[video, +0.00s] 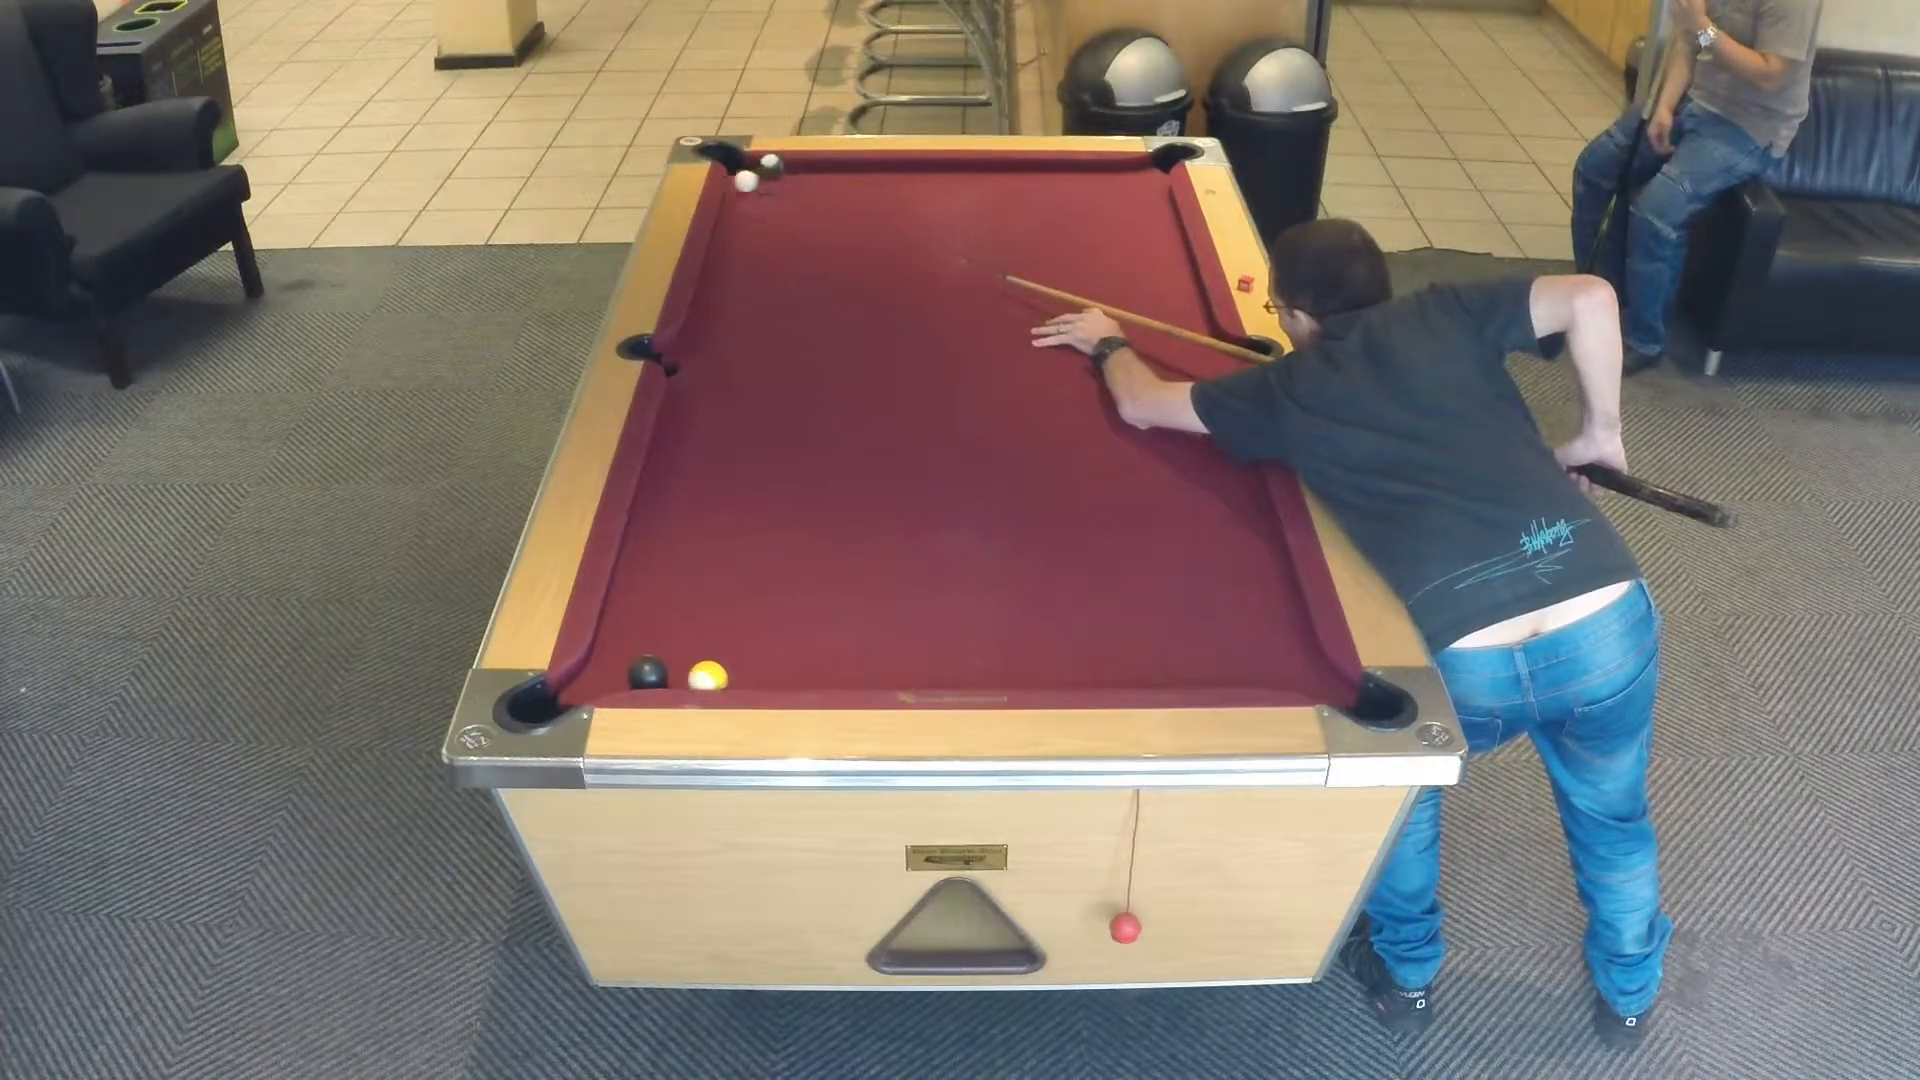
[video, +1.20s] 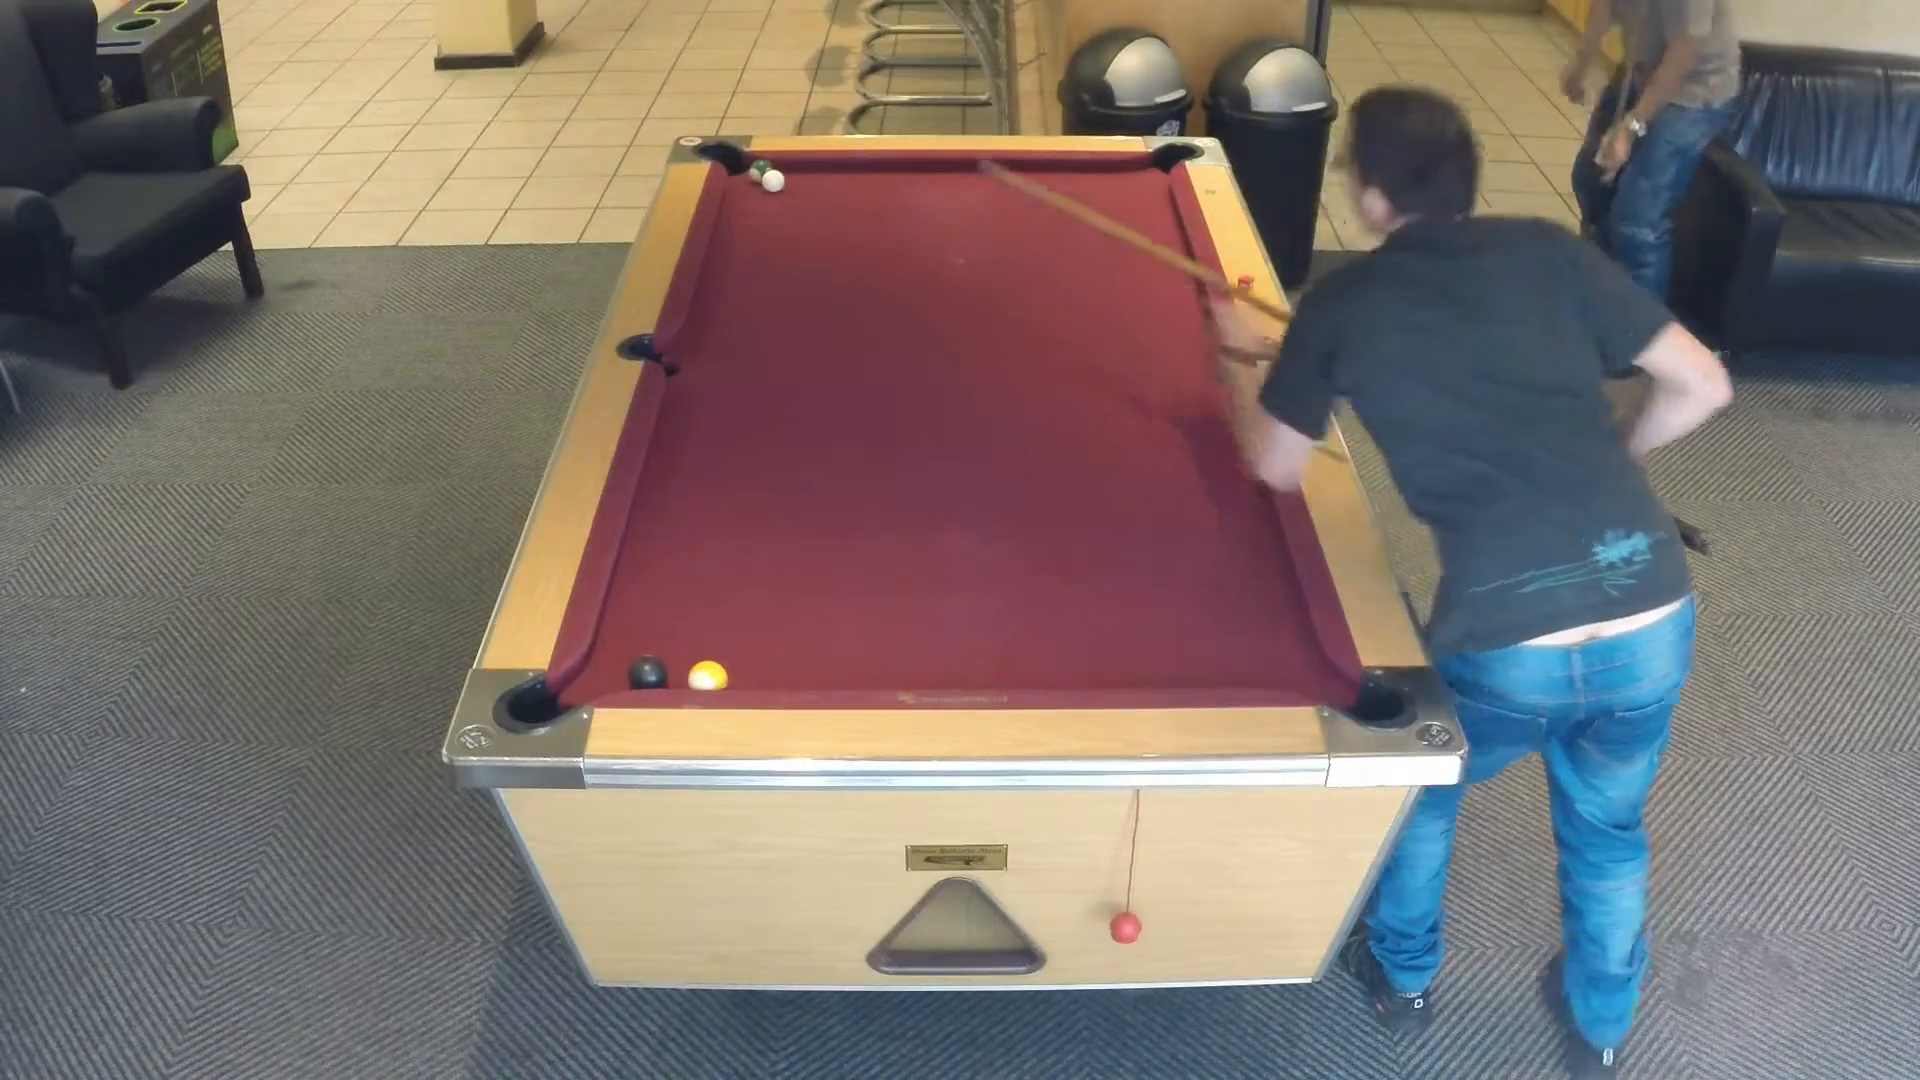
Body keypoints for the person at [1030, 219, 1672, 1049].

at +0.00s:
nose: (1279, 315)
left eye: (1282, 303)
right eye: (1279, 303)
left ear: (1298, 317)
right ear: (1385, 290)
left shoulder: (1286, 390)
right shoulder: (1450, 313)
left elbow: (1141, 399)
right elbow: (1588, 296)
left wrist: (1105, 341)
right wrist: (1602, 428)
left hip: (1469, 661)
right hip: (1606, 623)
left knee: (1394, 762)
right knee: (1615, 819)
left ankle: (1408, 966)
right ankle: (1630, 990)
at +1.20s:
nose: (1341, 189)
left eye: (1346, 175)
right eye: (1346, 171)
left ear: (1370, 194)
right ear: (1463, 180)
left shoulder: (1343, 300)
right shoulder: (1550, 251)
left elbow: (1277, 466)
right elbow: (1702, 385)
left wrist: (1247, 378)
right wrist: (1604, 446)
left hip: (1508, 640)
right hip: (1652, 621)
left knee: (1424, 780)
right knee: (1610, 831)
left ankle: (1404, 966)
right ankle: (1605, 1019)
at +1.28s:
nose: (1370, 167)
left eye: (1376, 154)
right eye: (1374, 150)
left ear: (1398, 176)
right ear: (1494, 163)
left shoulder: (1365, 295)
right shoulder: (1584, 245)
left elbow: (1341, 493)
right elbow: (1719, 394)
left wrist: (1374, 413)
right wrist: (1611, 453)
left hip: (1519, 637)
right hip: (1662, 621)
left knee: (1436, 792)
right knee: (1606, 841)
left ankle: (1403, 973)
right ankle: (1602, 1042)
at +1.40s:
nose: (1419, 149)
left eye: (1430, 138)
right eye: (1426, 132)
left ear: (1464, 166)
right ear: (1548, 147)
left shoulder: (1420, 297)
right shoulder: (1636, 248)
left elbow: (1416, 510)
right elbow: (1743, 423)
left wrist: (1503, 473)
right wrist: (1638, 464)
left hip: (1546, 661)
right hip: (1684, 639)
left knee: (1450, 817)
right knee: (1606, 859)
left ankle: (1402, 969)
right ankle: (1613, 1060)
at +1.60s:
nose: (1504, 176)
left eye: (1521, 161)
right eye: (1510, 155)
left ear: (1582, 182)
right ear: (1638, 176)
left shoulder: (1556, 340)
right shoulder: (1737, 285)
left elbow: (1503, 578)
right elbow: (1753, 454)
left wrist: (1470, 497)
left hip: (1597, 728)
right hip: (1723, 706)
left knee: (1473, 865)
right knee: (1622, 911)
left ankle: (1404, 985)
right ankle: (1612, 1066)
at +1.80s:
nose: (1551, 202)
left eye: (1577, 192)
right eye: (1561, 180)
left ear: (1656, 227)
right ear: (1676, 227)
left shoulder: (1635, 393)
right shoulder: (1771, 312)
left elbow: (1632, 661)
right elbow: (1757, 510)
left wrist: (1539, 622)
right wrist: (1611, 589)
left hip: (1634, 773)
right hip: (1741, 724)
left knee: (1477, 967)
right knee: (1629, 946)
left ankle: (1454, 1069)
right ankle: (1615, 1068)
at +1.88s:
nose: (1556, 222)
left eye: (1581, 213)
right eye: (1566, 200)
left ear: (1664, 247)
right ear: (1686, 249)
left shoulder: (1648, 422)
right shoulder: (1769, 321)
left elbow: (1677, 694)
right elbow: (1792, 511)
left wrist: (1560, 704)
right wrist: (1620, 561)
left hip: (1640, 793)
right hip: (1738, 750)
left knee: (1486, 993)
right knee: (1628, 960)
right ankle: (1614, 1067)